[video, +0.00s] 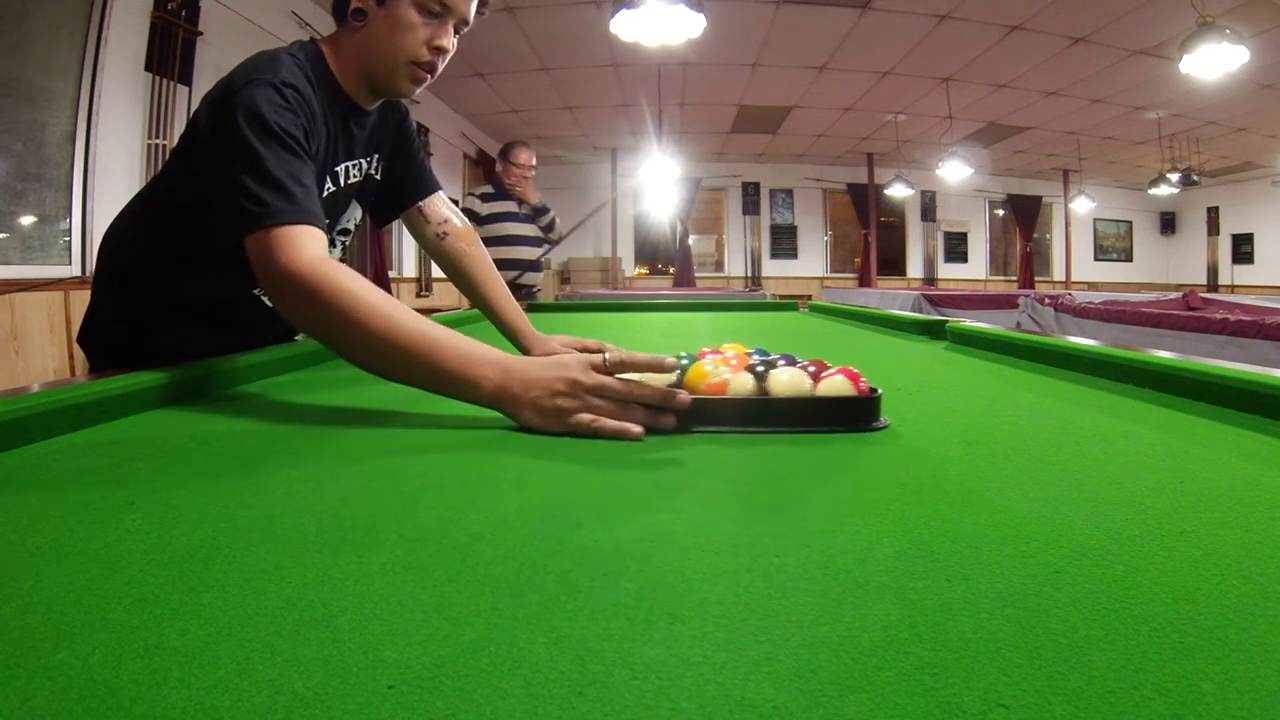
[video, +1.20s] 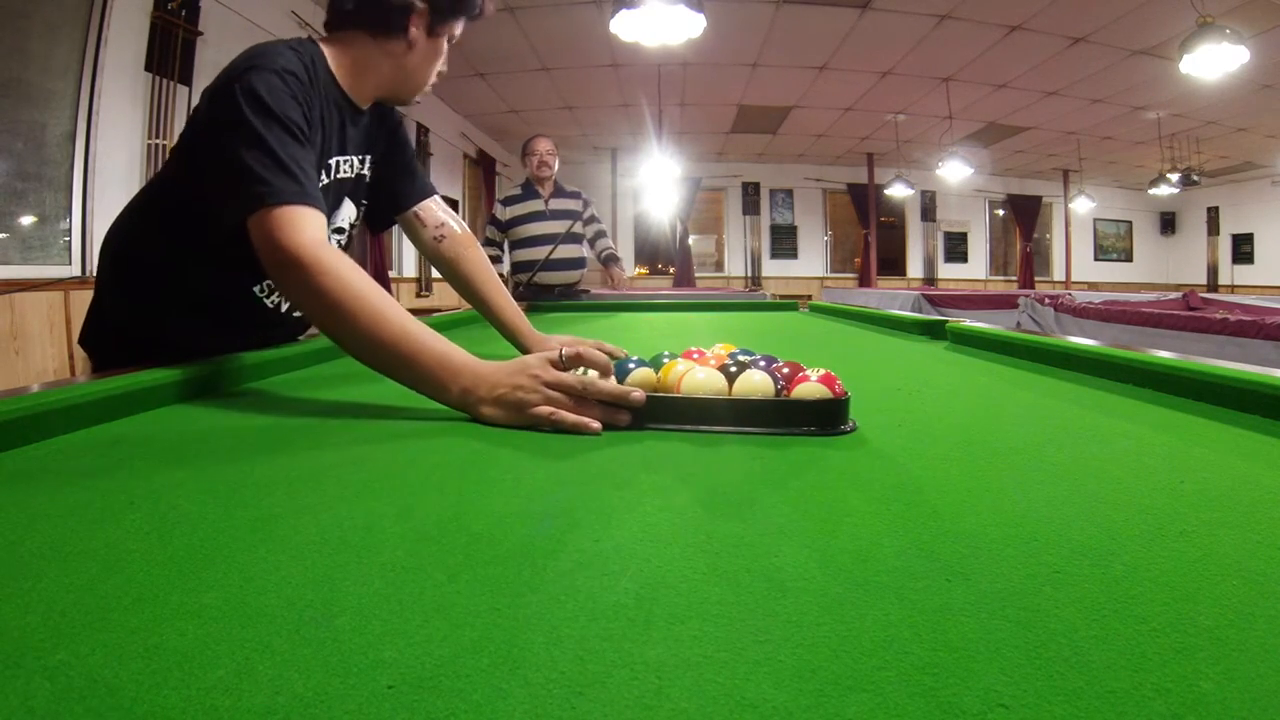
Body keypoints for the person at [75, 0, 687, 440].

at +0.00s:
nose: (445, 46)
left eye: (458, 32)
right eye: (432, 17)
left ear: (457, 40)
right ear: (363, 3)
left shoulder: (386, 117)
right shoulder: (269, 92)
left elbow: (443, 229)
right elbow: (296, 276)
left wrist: (530, 341)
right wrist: (505, 381)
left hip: (253, 329)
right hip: (151, 335)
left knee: (249, 511)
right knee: (149, 525)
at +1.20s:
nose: (444, 68)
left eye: (451, 48)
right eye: (449, 44)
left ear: (401, 29)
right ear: (412, 25)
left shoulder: (380, 122)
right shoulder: (271, 83)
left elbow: (442, 232)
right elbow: (301, 259)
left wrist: (527, 339)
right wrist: (475, 383)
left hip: (259, 342)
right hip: (153, 344)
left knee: (240, 527)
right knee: (143, 536)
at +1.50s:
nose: (400, 60)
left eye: (405, 43)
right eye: (409, 41)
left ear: (327, 10)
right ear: (400, 34)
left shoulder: (328, 96)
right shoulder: (295, 55)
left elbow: (372, 232)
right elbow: (315, 227)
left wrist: (465, 340)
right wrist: (473, 381)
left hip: (235, 346)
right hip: (149, 352)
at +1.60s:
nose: (379, 67)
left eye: (382, 55)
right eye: (389, 50)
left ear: (315, 8)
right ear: (386, 29)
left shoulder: (279, 63)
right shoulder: (300, 52)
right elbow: (326, 220)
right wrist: (477, 375)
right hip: (150, 350)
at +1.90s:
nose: (360, 60)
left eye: (362, 51)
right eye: (364, 47)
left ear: (293, 18)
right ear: (357, 32)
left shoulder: (254, 72)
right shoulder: (297, 57)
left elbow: (279, 222)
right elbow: (330, 178)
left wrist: (334, 308)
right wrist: (443, 342)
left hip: (205, 331)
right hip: (141, 335)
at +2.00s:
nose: (350, 52)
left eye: (350, 44)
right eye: (352, 41)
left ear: (279, 14)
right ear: (348, 30)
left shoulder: (243, 63)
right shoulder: (287, 54)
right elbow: (295, 178)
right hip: (142, 343)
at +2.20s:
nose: (303, 39)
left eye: (304, 28)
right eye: (303, 27)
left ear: (237, 18)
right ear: (293, 29)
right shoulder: (254, 54)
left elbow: (259, 217)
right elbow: (239, 157)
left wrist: (330, 289)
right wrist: (286, 298)